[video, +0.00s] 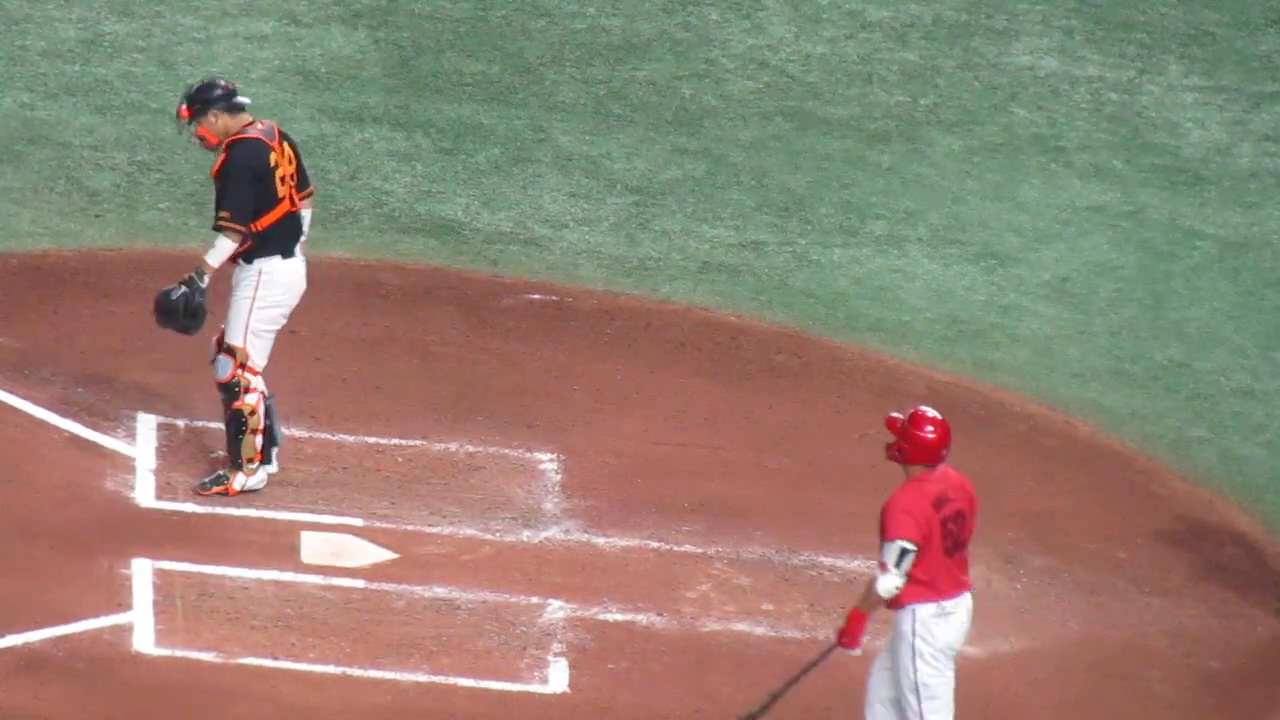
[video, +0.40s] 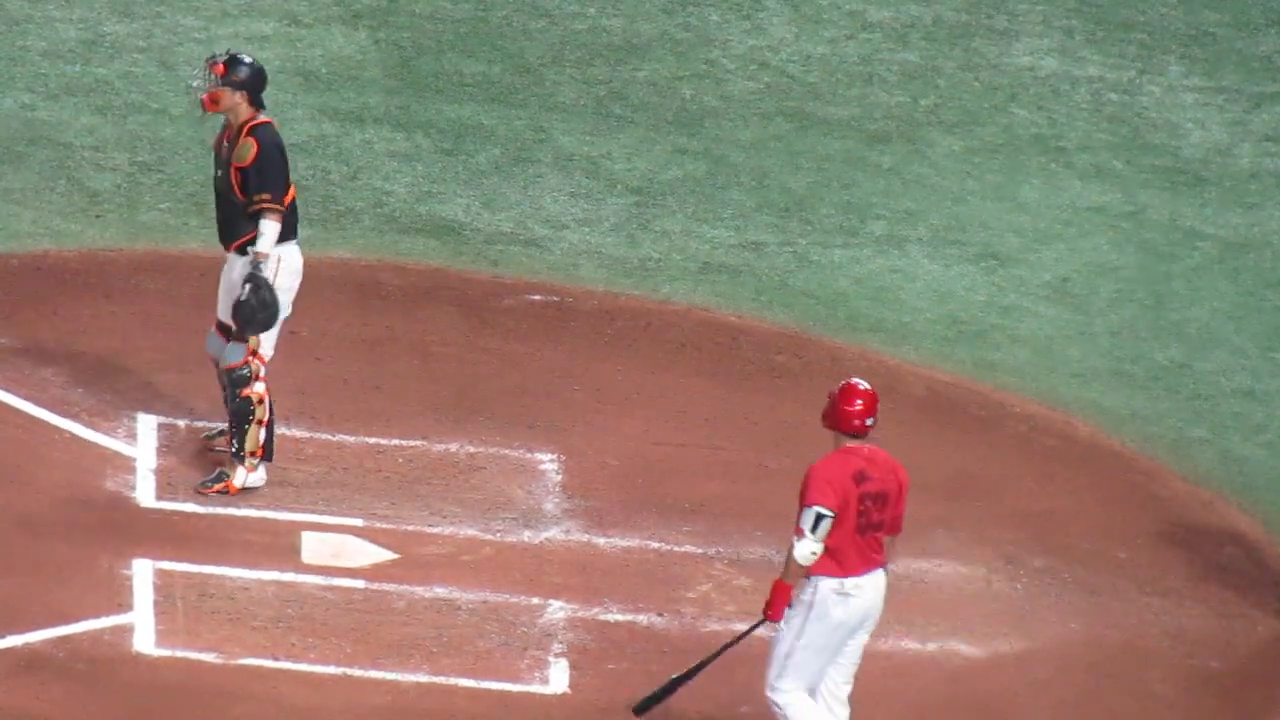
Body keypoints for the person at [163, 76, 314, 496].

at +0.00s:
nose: (198, 134)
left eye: (199, 123)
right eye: (195, 126)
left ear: (219, 114)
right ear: (227, 112)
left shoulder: (241, 155)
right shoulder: (271, 133)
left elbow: (232, 230)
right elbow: (303, 197)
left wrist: (197, 278)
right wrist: (291, 245)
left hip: (265, 271)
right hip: (285, 265)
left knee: (235, 365)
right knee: (231, 351)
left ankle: (247, 468)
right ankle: (262, 448)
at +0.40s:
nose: (214, 91)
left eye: (222, 86)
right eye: (215, 84)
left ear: (244, 94)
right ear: (234, 92)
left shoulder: (263, 138)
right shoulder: (230, 134)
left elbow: (272, 209)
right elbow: (240, 201)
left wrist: (260, 269)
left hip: (269, 257)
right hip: (242, 255)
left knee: (243, 360)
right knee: (221, 347)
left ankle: (251, 466)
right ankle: (243, 429)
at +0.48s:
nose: (214, 86)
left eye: (222, 81)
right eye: (215, 79)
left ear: (244, 88)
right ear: (231, 86)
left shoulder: (266, 135)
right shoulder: (229, 128)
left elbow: (282, 205)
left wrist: (277, 267)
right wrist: (218, 142)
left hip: (272, 252)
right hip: (243, 251)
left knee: (249, 356)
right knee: (222, 345)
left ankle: (253, 458)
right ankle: (242, 428)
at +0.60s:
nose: (219, 80)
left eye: (227, 75)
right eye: (220, 73)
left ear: (249, 82)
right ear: (233, 79)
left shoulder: (275, 130)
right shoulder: (223, 123)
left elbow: (295, 200)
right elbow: (238, 185)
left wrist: (297, 260)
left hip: (274, 248)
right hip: (242, 246)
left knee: (258, 345)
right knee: (228, 337)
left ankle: (274, 440)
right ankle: (242, 427)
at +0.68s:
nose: (223, 77)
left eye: (232, 72)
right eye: (224, 69)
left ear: (254, 80)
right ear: (238, 77)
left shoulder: (282, 128)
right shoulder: (226, 118)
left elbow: (305, 197)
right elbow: (239, 178)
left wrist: (307, 257)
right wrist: (245, 229)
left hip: (280, 247)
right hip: (243, 244)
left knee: (269, 343)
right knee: (231, 335)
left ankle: (289, 429)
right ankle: (245, 427)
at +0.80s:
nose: (235, 75)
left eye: (245, 70)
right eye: (236, 68)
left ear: (268, 79)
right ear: (247, 75)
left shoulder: (297, 129)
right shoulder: (230, 117)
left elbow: (322, 195)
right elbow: (247, 173)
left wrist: (324, 253)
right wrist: (255, 221)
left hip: (291, 246)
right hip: (248, 242)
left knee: (295, 338)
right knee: (236, 333)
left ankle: (314, 411)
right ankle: (247, 423)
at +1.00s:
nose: (265, 76)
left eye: (277, 71)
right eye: (266, 68)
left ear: (301, 81)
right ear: (271, 73)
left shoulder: (336, 130)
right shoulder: (248, 120)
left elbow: (360, 190)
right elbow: (245, 171)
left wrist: (367, 247)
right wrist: (281, 196)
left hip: (321, 246)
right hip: (265, 244)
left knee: (351, 333)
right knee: (244, 331)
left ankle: (338, 404)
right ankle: (247, 423)